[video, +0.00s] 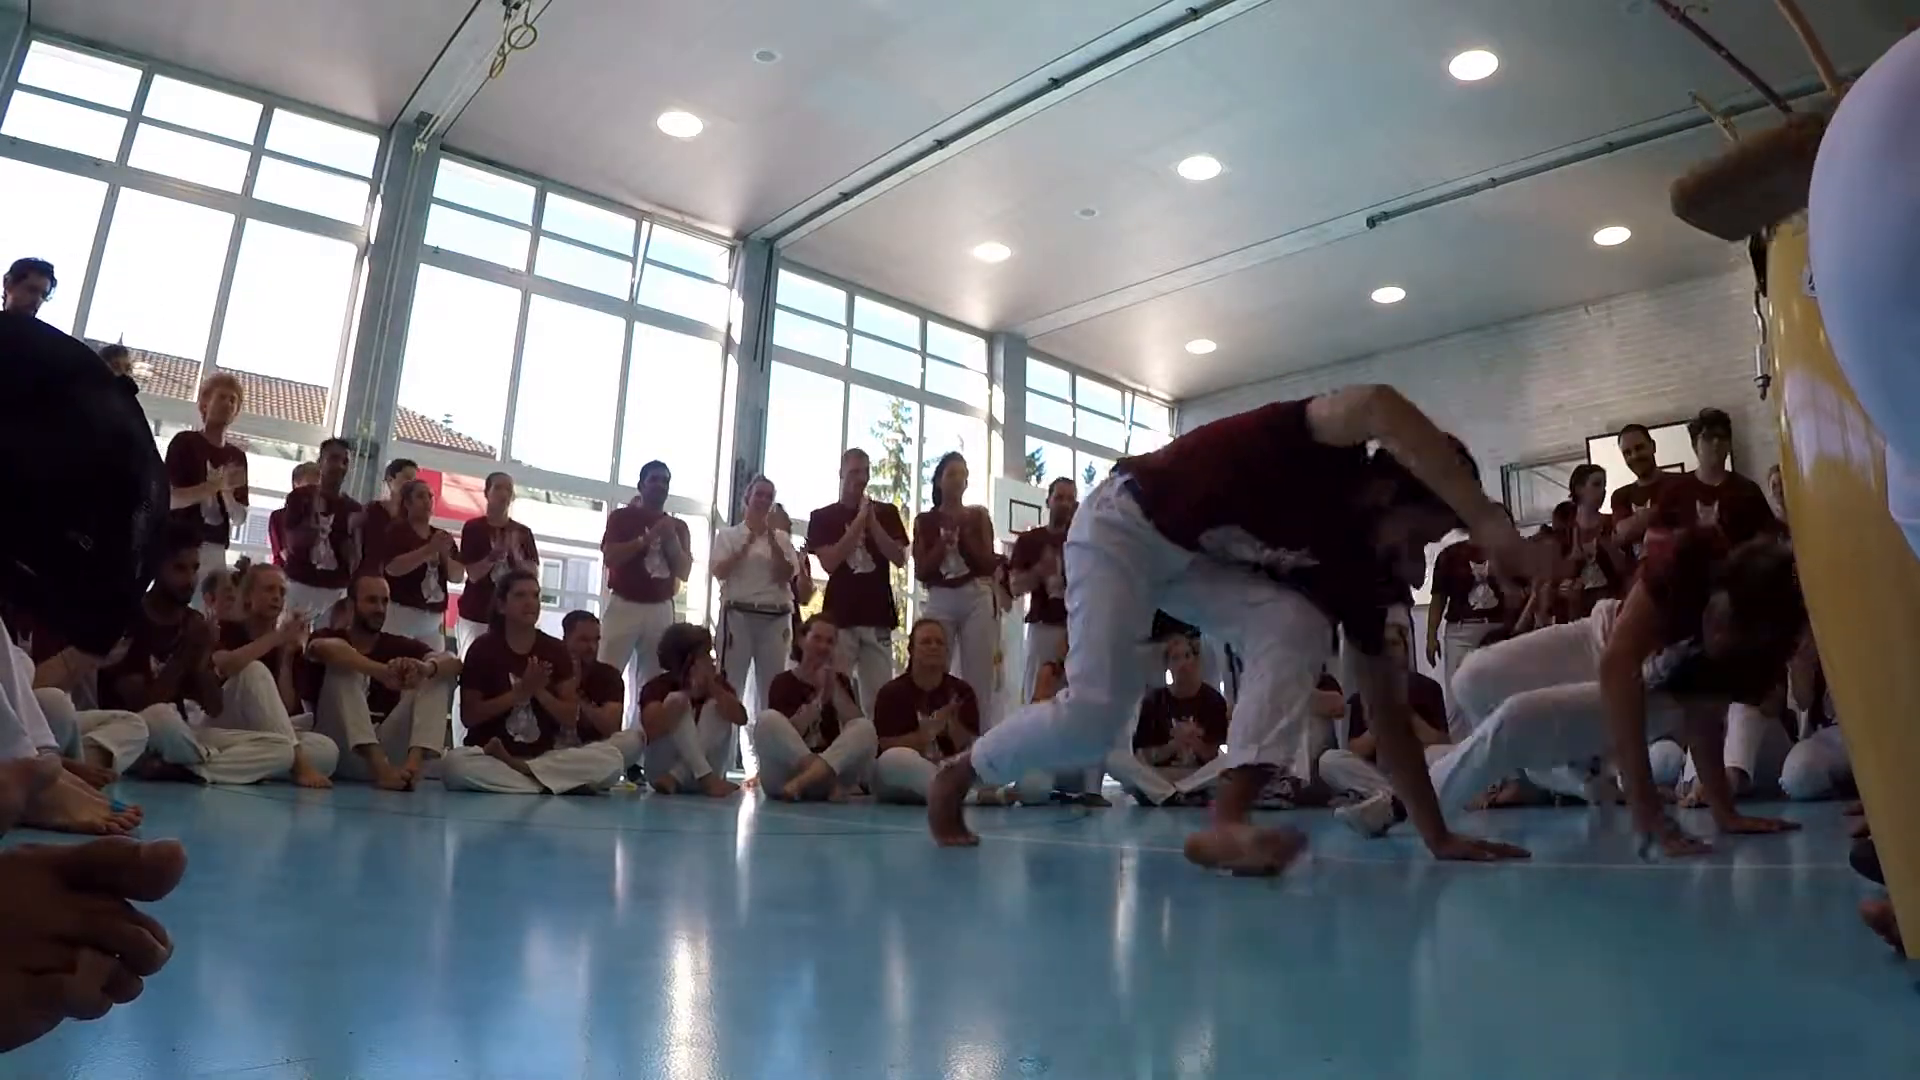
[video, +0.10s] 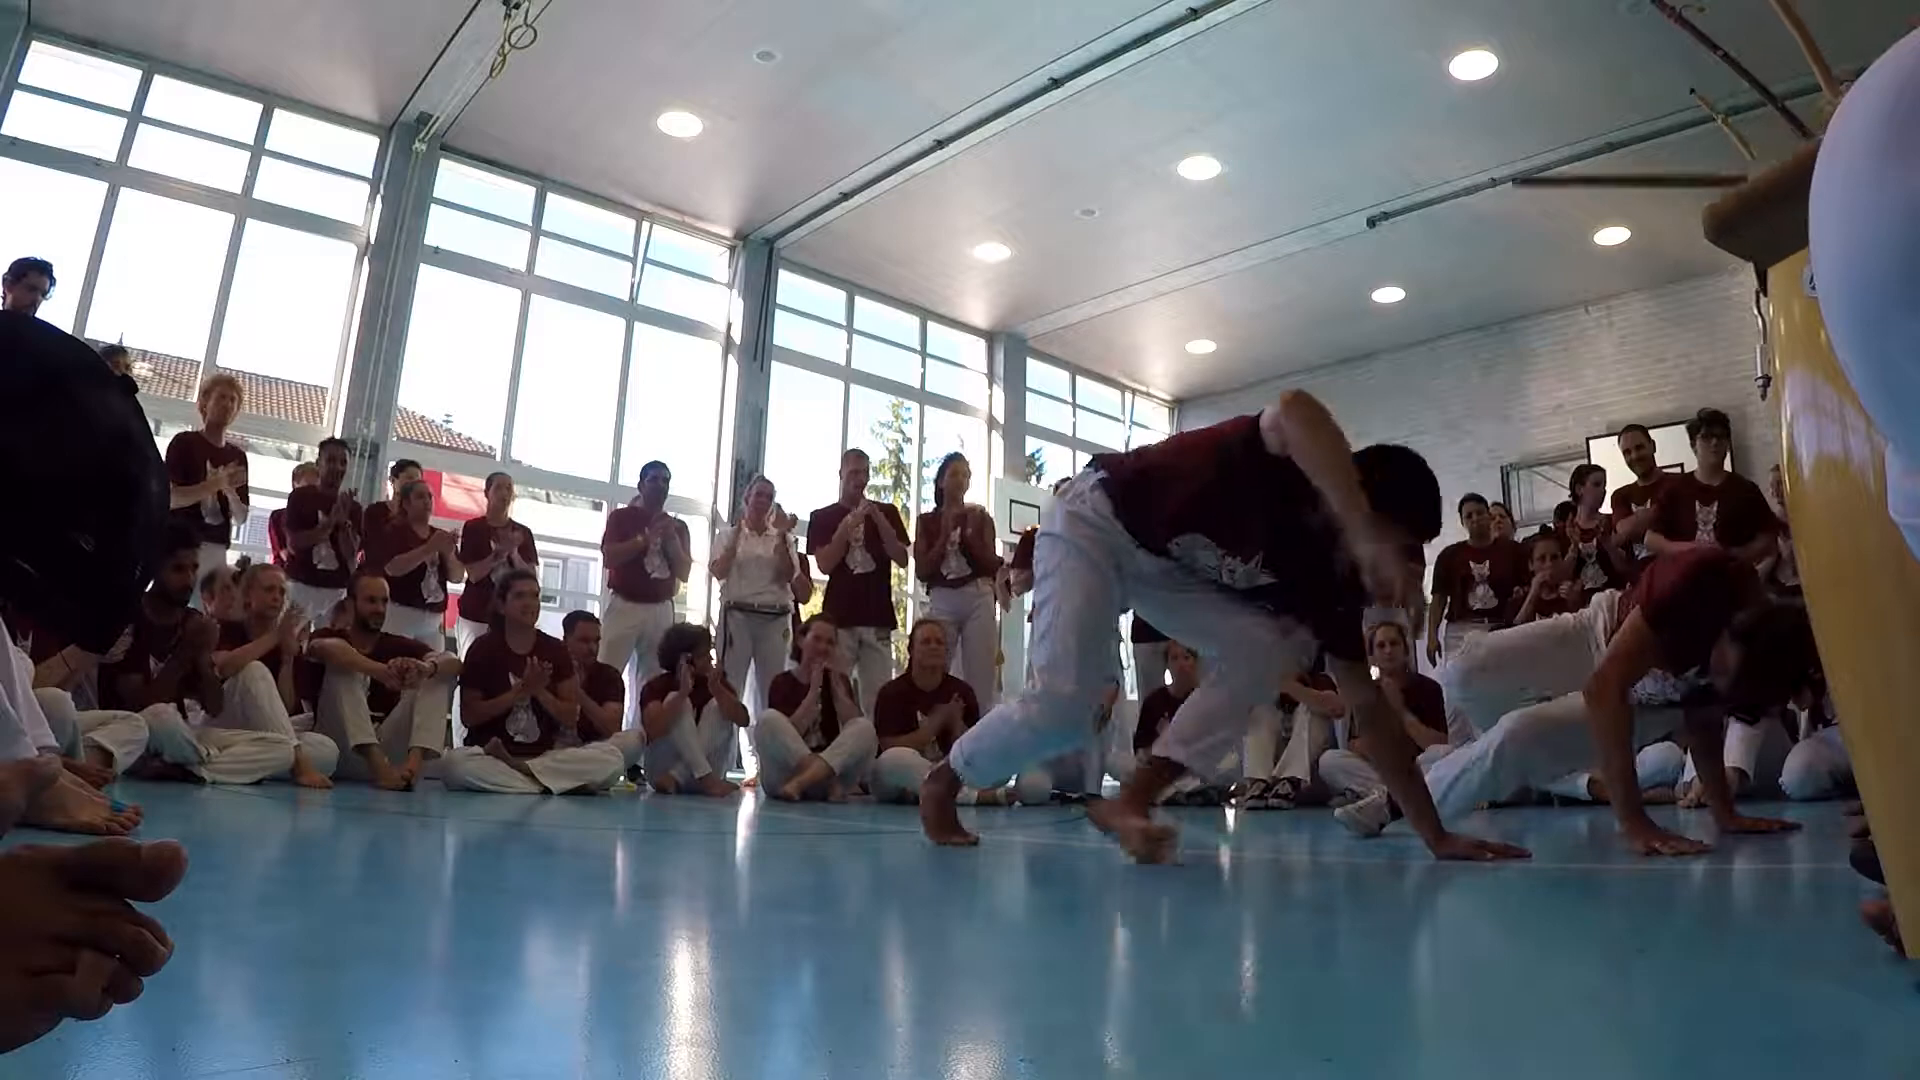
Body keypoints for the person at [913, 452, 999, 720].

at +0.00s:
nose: (959, 480)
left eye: (963, 474)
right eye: (952, 474)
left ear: (968, 481)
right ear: (938, 480)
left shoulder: (979, 515)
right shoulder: (925, 520)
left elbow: (988, 566)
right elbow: (921, 571)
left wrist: (963, 541)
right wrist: (942, 546)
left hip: (977, 599)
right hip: (939, 600)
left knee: (978, 680)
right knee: (933, 677)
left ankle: (979, 746)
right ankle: (934, 749)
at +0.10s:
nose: (961, 480)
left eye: (965, 476)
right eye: (954, 475)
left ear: (969, 482)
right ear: (940, 481)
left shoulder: (979, 516)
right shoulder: (926, 520)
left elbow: (991, 565)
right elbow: (922, 570)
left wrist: (970, 540)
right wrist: (944, 539)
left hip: (978, 597)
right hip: (941, 597)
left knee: (980, 678)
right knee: (935, 675)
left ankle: (982, 741)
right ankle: (935, 740)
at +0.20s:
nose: (963, 481)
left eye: (968, 476)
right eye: (957, 475)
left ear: (972, 483)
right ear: (943, 481)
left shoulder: (983, 520)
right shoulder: (927, 521)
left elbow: (990, 567)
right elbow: (925, 569)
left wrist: (971, 540)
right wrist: (946, 539)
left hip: (979, 598)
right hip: (942, 598)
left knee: (982, 682)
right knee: (940, 678)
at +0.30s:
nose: (966, 481)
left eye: (970, 476)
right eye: (959, 475)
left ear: (974, 482)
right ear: (945, 481)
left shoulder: (985, 521)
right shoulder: (929, 523)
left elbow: (989, 565)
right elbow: (926, 571)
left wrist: (968, 540)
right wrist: (950, 544)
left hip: (981, 598)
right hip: (944, 598)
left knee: (981, 679)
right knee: (939, 673)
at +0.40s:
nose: (966, 481)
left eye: (971, 476)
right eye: (960, 475)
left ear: (976, 482)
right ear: (946, 481)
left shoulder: (984, 521)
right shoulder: (931, 523)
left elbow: (991, 565)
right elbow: (930, 570)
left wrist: (974, 539)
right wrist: (952, 540)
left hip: (980, 594)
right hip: (946, 595)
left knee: (982, 675)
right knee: (941, 670)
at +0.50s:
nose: (968, 482)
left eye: (973, 477)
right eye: (962, 476)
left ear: (978, 483)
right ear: (948, 481)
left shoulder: (984, 519)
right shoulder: (934, 523)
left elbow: (991, 561)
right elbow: (931, 568)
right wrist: (949, 541)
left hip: (979, 592)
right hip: (947, 594)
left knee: (980, 667)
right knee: (946, 666)